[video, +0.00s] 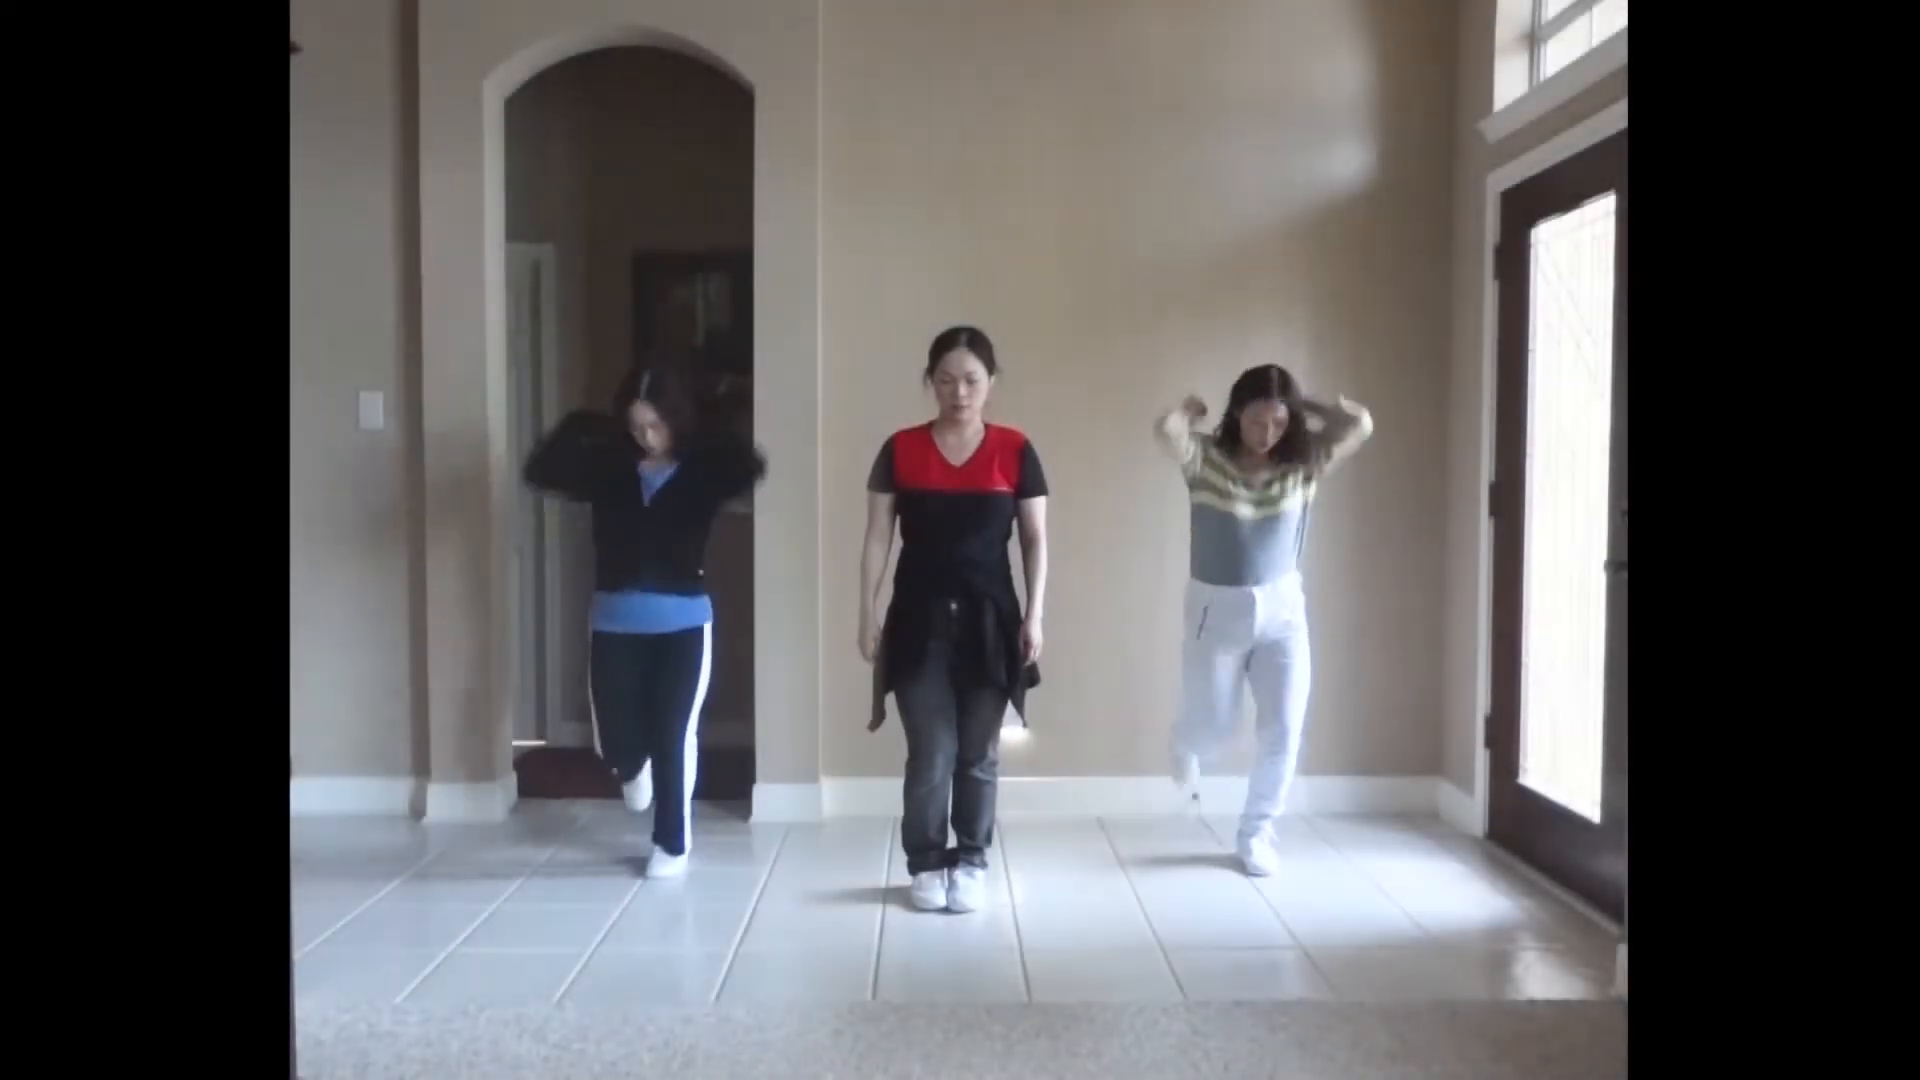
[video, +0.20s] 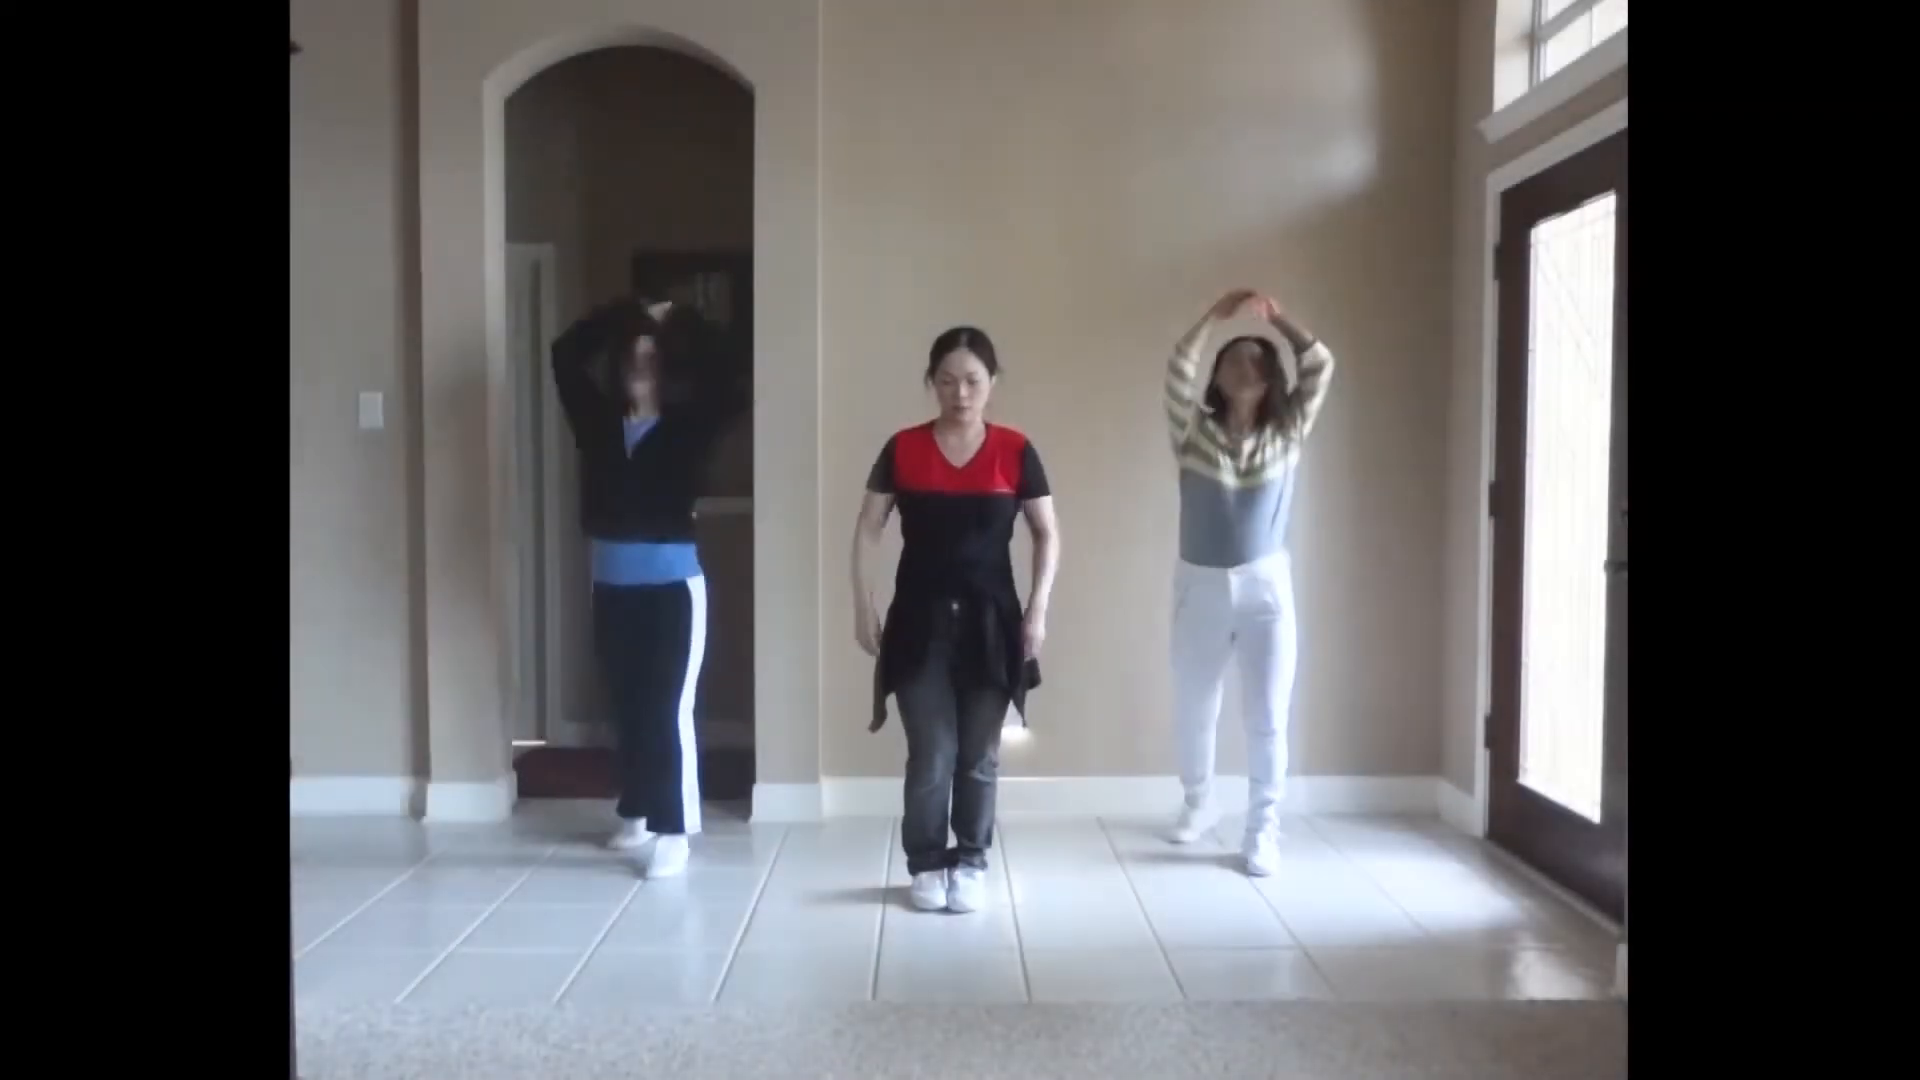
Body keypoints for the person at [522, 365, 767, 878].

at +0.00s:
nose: (644, 435)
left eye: (653, 424)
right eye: (636, 425)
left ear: (677, 423)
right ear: (627, 425)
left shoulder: (702, 472)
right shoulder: (609, 469)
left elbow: (749, 467)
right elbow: (541, 471)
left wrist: (705, 433)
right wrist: (584, 423)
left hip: (682, 627)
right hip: (615, 626)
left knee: (673, 739)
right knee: (618, 746)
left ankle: (670, 847)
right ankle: (635, 768)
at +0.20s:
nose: (642, 378)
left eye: (652, 368)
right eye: (634, 367)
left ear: (670, 374)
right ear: (619, 372)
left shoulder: (690, 426)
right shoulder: (599, 426)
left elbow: (729, 371)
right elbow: (565, 359)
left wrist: (679, 323)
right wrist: (620, 314)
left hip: (673, 582)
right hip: (614, 582)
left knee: (667, 708)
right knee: (628, 704)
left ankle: (672, 833)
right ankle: (638, 811)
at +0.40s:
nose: (638, 368)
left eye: (650, 361)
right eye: (630, 359)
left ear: (667, 375)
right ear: (617, 371)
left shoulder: (681, 430)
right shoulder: (596, 425)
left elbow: (701, 370)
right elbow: (573, 358)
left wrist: (663, 323)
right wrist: (614, 309)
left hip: (668, 580)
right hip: (612, 580)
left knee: (668, 705)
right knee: (630, 704)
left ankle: (689, 825)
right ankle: (646, 816)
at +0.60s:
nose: (638, 382)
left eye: (647, 373)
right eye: (629, 378)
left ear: (665, 386)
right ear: (615, 391)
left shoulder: (683, 431)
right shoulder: (600, 436)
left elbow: (709, 372)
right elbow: (577, 396)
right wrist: (604, 357)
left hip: (668, 585)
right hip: (611, 584)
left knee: (659, 702)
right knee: (627, 704)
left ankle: (682, 822)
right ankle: (642, 817)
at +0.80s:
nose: (644, 393)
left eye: (653, 386)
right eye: (634, 386)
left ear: (670, 396)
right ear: (620, 395)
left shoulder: (683, 434)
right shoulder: (602, 432)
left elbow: (685, 432)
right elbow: (587, 431)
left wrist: (649, 418)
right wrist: (610, 411)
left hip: (667, 585)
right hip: (611, 584)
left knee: (656, 701)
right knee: (623, 702)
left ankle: (683, 819)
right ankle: (641, 817)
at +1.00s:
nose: (643, 409)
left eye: (652, 400)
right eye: (634, 402)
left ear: (670, 403)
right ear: (623, 408)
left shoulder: (689, 454)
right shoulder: (605, 453)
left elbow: (687, 524)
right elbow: (594, 468)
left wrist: (643, 494)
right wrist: (615, 482)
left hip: (667, 590)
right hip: (611, 588)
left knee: (655, 699)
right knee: (618, 702)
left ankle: (681, 818)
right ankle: (640, 819)